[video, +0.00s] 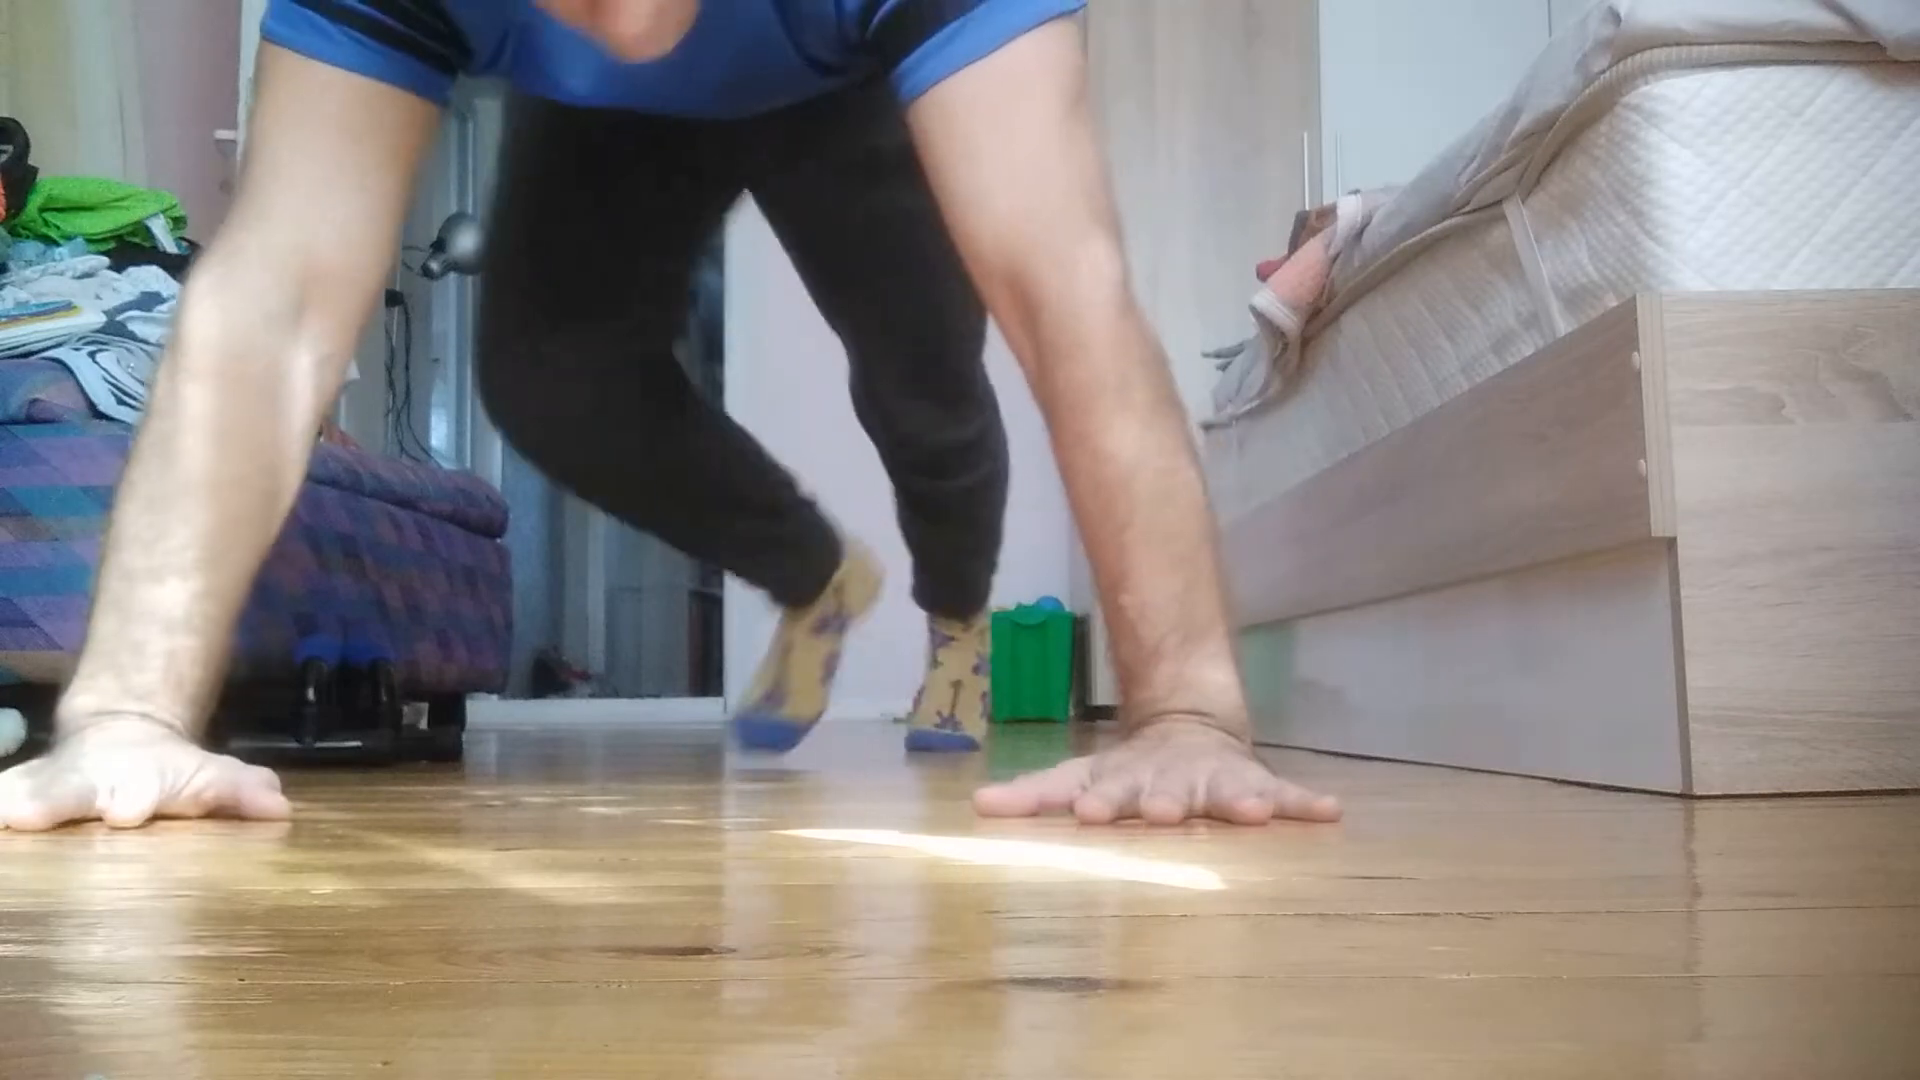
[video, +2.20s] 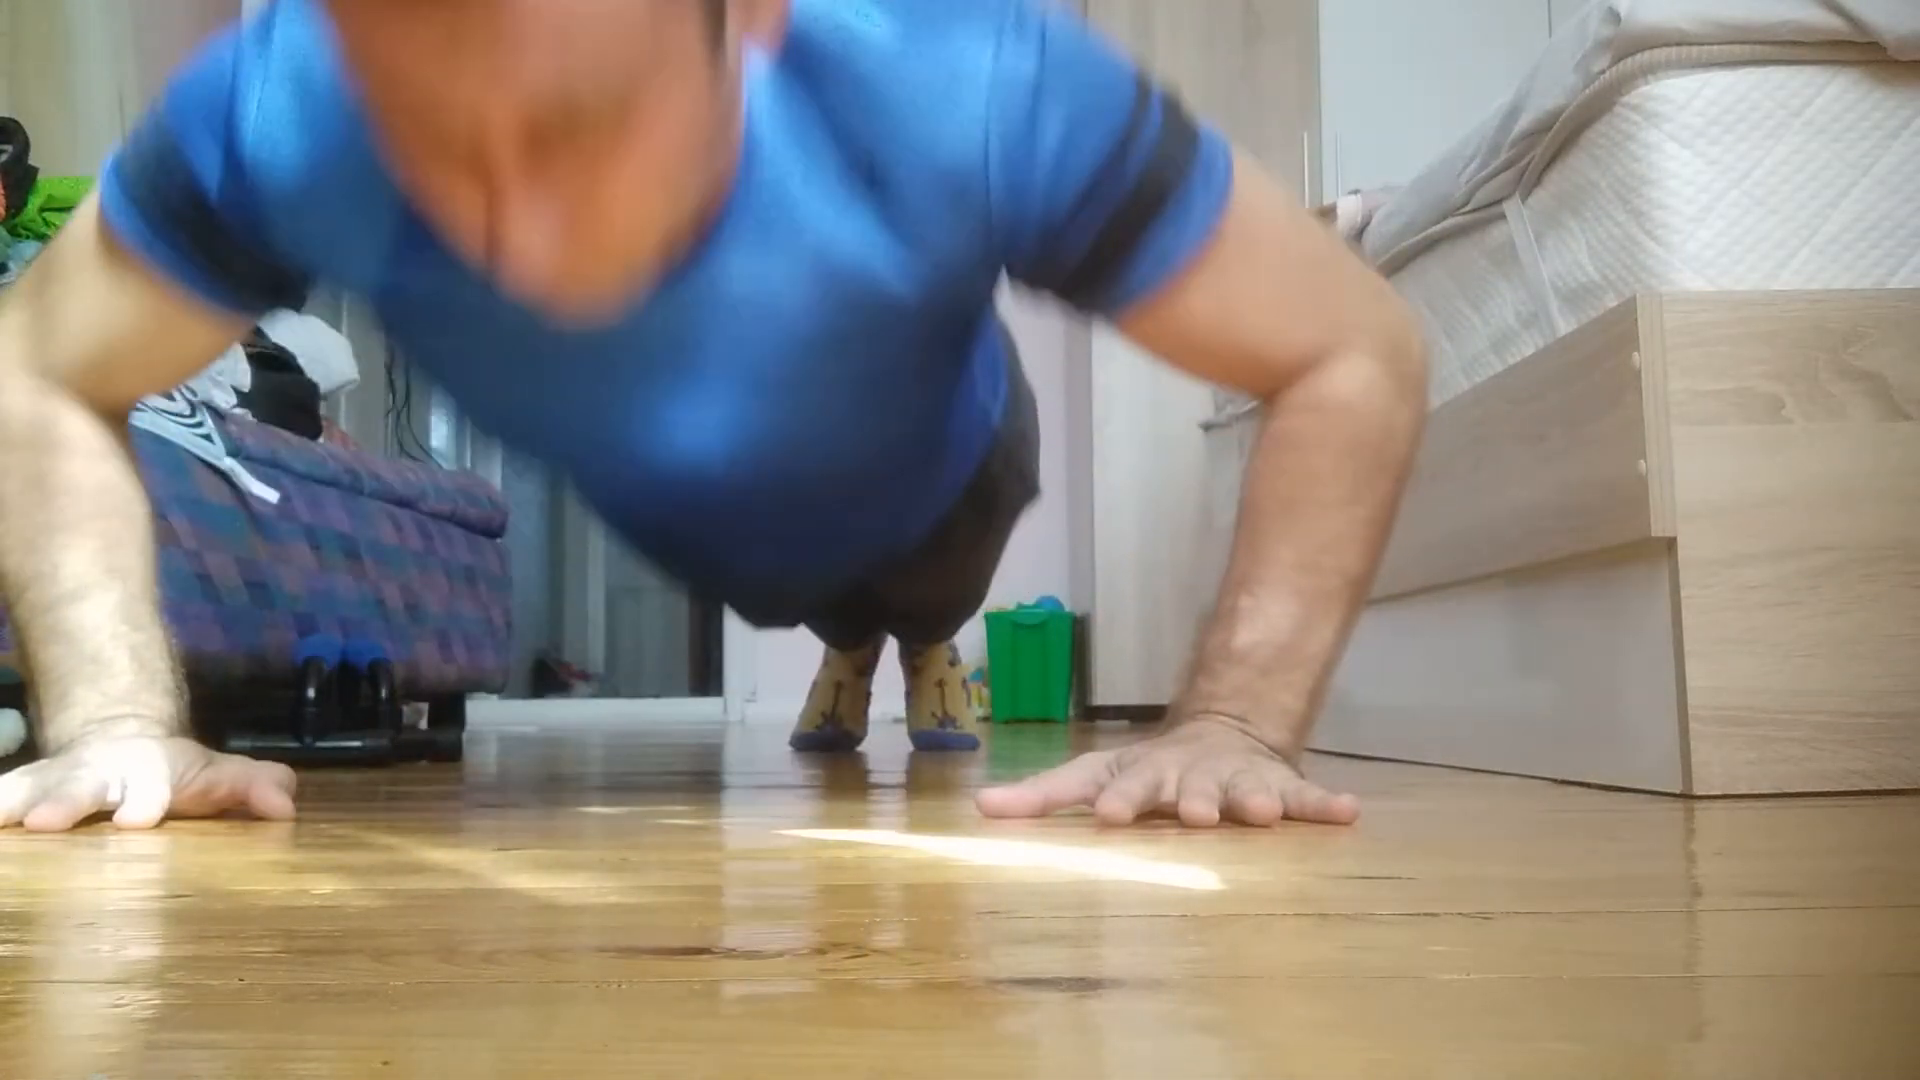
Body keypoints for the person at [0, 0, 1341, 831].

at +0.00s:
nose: (619, 26)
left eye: (650, 9)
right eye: (590, 21)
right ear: (530, 6)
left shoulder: (916, 6)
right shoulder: (386, 5)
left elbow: (1072, 300)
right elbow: (267, 307)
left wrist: (1191, 711)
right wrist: (129, 715)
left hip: (852, 58)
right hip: (601, 86)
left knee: (926, 377)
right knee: (557, 381)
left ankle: (952, 625)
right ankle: (822, 580)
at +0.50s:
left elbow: (1121, 252)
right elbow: (224, 246)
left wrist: (1219, 701)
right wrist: (123, 711)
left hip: (860, 196)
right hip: (612, 240)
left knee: (911, 501)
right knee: (763, 512)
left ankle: (953, 641)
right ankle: (846, 648)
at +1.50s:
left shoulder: (975, 6)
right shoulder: (309, 11)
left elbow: (1279, 290)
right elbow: (96, 309)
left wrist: (1231, 717)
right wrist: (117, 720)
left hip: (907, 362)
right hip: (655, 404)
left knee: (920, 555)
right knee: (793, 561)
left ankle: (926, 656)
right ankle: (841, 648)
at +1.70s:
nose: (525, 372)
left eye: (581, 242)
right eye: (437, 272)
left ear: (740, 92)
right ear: (320, 166)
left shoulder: (954, 202)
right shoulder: (242, 241)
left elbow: (1345, 373)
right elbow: (43, 408)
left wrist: (1234, 721)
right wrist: (114, 720)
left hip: (926, 586)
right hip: (660, 630)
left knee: (938, 636)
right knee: (781, 664)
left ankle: (930, 675)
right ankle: (830, 695)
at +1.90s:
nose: (505, 801)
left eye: (574, 680)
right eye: (401, 706)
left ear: (740, 491)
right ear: (281, 530)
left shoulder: (956, 431)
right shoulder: (231, 413)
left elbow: (1324, 379)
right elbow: (19, 377)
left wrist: (1229, 724)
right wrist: (114, 720)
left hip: (853, 729)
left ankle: (1285, 321)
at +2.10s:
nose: (499, 458)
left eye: (565, 366)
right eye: (420, 377)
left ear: (745, 225)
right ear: (322, 269)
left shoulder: (969, 256)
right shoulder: (246, 265)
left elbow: (1375, 365)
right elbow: (25, 403)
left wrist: (1240, 719)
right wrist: (113, 716)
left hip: (932, 570)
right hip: (685, 614)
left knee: (938, 639)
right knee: (793, 674)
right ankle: (828, 698)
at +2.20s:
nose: (512, 233)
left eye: (578, 135)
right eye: (440, 151)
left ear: (747, 28)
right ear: (356, 79)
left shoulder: (963, 96)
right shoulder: (281, 122)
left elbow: (1359, 351)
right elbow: (45, 382)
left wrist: (1237, 721)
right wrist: (121, 725)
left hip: (930, 497)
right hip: (722, 538)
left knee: (935, 612)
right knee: (828, 615)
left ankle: (932, 667)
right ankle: (851, 664)